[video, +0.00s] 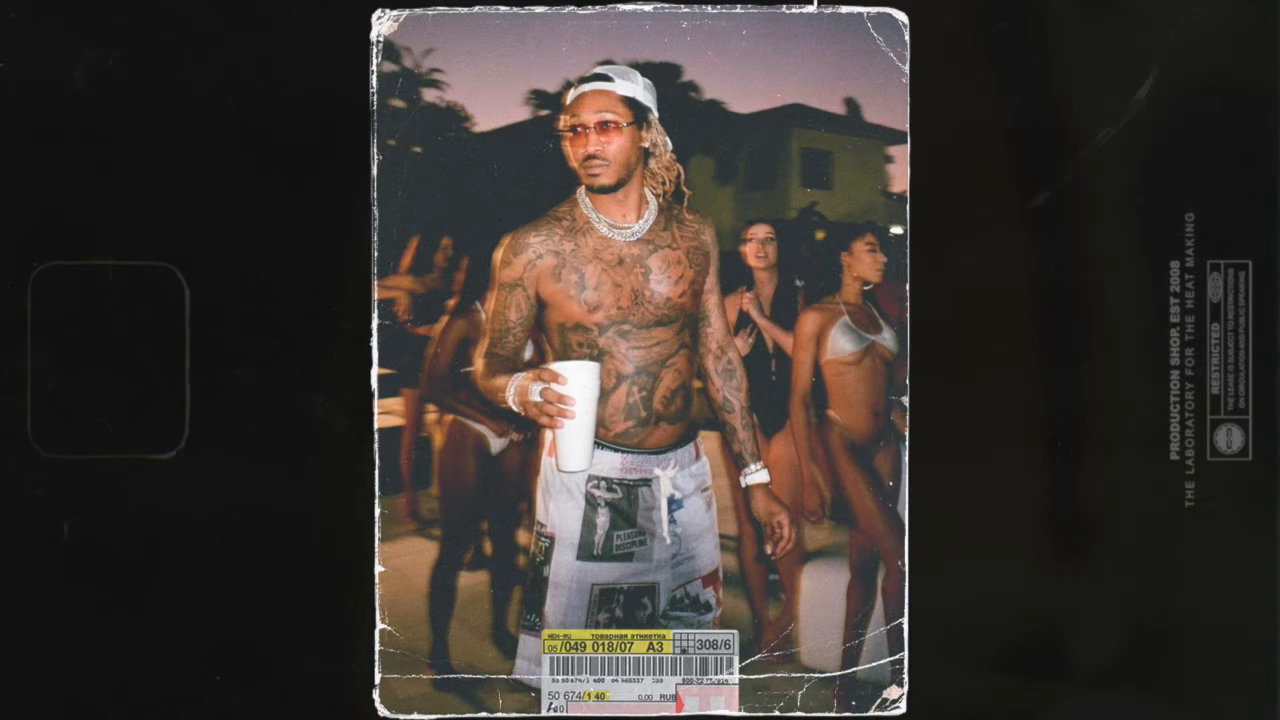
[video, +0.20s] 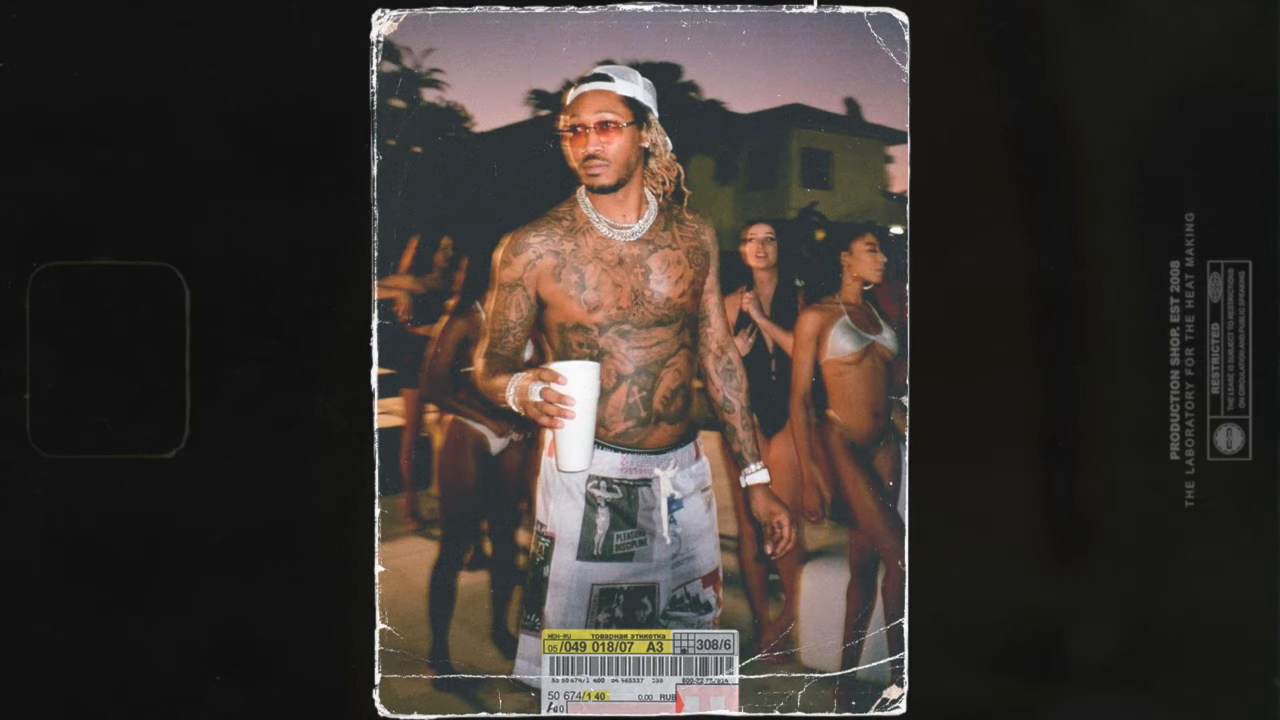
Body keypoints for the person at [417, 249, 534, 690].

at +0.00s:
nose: (517, 287)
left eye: (524, 280)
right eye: (510, 278)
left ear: (532, 288)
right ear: (495, 278)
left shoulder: (531, 333)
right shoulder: (466, 322)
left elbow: (542, 385)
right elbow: (435, 386)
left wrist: (530, 421)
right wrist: (490, 422)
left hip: (513, 445)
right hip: (465, 440)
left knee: (505, 540)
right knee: (456, 543)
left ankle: (502, 628)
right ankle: (439, 651)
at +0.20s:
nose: (514, 291)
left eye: (522, 284)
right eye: (508, 281)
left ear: (531, 292)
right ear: (493, 281)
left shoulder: (531, 334)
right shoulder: (465, 323)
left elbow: (543, 387)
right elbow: (435, 387)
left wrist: (529, 422)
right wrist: (490, 422)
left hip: (513, 446)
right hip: (465, 442)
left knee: (505, 541)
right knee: (456, 544)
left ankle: (501, 628)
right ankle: (439, 651)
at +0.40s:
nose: (514, 291)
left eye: (522, 284)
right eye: (508, 281)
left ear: (531, 292)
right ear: (493, 281)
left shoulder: (531, 334)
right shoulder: (465, 323)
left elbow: (543, 387)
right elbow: (435, 387)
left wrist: (529, 422)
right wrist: (490, 422)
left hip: (513, 446)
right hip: (465, 442)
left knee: (505, 541)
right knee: (456, 544)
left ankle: (501, 628)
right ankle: (439, 651)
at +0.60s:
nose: (513, 293)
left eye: (521, 286)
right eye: (508, 283)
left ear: (530, 293)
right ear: (493, 282)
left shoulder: (531, 335)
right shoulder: (465, 324)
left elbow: (543, 387)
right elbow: (435, 387)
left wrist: (529, 422)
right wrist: (490, 422)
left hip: (514, 446)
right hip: (465, 442)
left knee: (505, 540)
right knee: (456, 544)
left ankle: (501, 628)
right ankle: (439, 651)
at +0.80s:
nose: (515, 288)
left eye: (521, 280)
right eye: (508, 278)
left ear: (530, 289)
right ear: (493, 279)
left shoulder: (529, 332)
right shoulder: (464, 324)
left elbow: (543, 383)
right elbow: (435, 387)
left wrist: (530, 419)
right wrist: (491, 422)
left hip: (513, 447)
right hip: (465, 443)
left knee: (505, 542)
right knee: (455, 545)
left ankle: (501, 628)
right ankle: (439, 652)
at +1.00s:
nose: (515, 285)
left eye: (522, 277)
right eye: (509, 275)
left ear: (530, 287)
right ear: (493, 276)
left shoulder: (530, 331)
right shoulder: (464, 323)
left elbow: (543, 383)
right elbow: (435, 387)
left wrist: (529, 419)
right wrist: (491, 422)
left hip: (514, 446)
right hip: (465, 443)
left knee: (505, 542)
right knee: (456, 544)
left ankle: (501, 629)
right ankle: (439, 651)